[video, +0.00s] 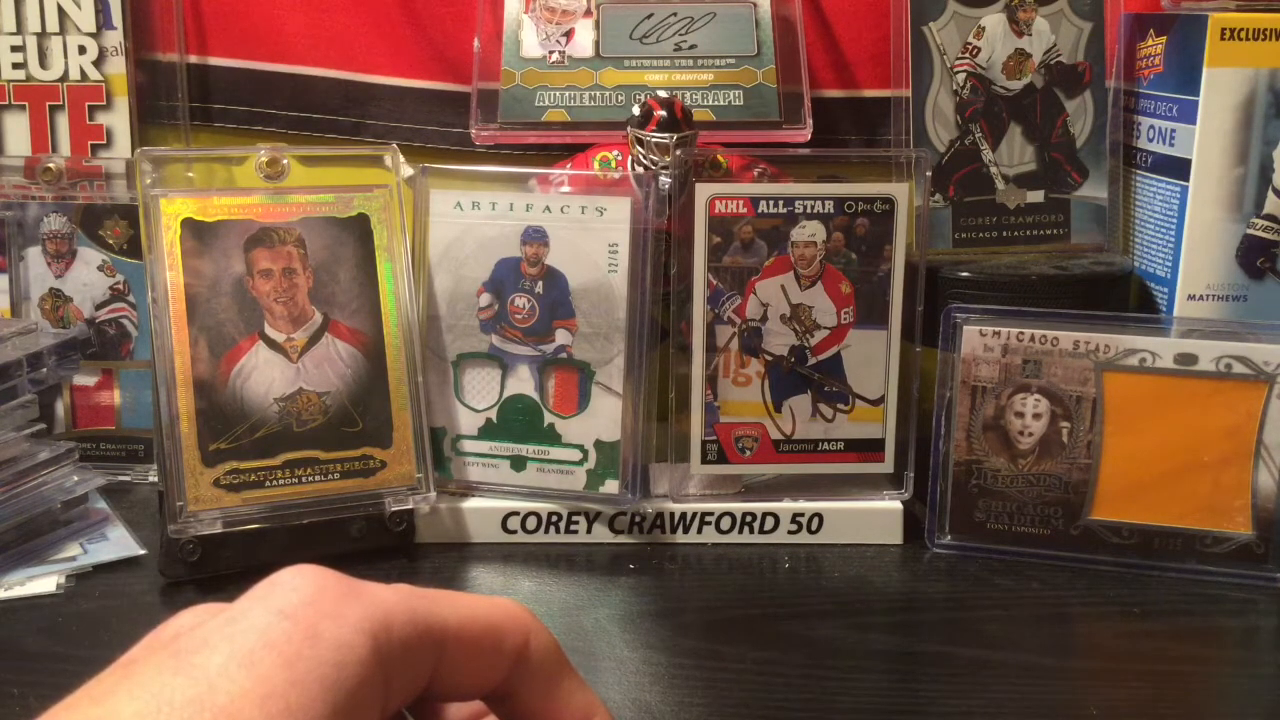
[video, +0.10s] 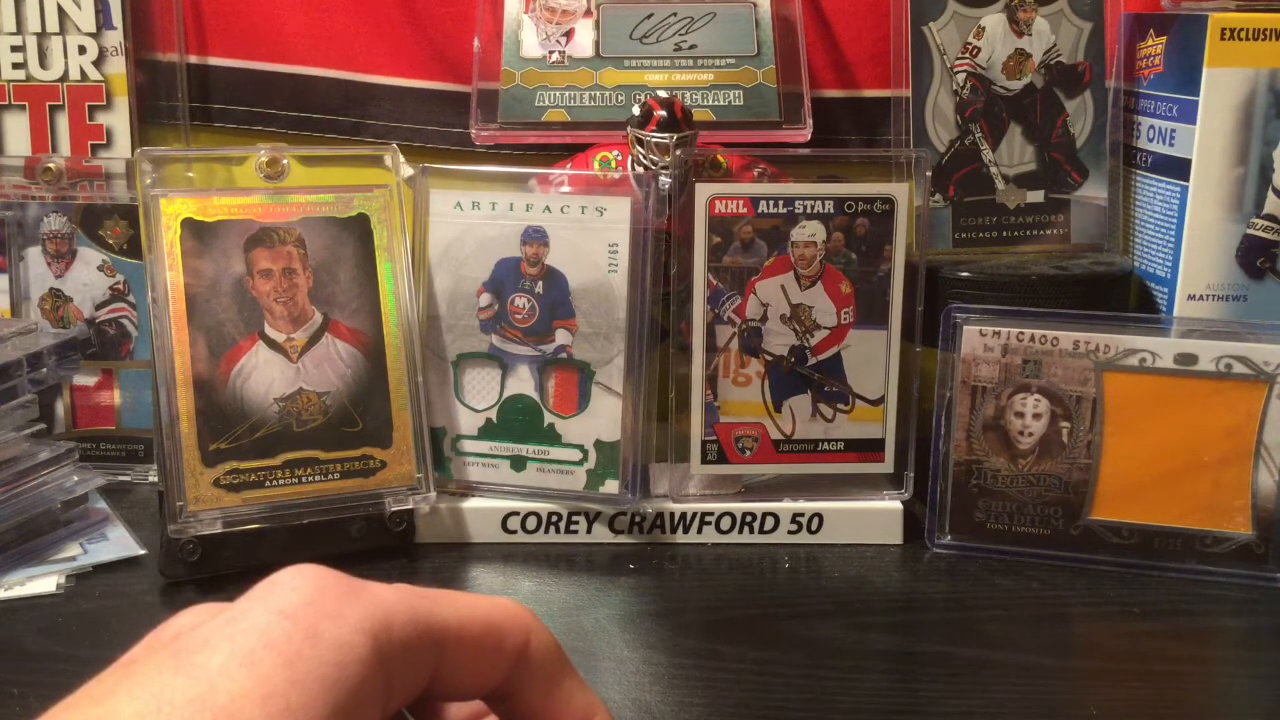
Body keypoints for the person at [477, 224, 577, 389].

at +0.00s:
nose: (534, 251)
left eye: (539, 247)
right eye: (530, 246)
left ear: (546, 250)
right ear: (522, 248)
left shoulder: (557, 280)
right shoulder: (504, 267)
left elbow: (565, 320)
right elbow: (487, 291)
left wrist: (561, 349)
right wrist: (486, 314)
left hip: (542, 353)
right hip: (503, 349)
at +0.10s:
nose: (534, 251)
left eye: (539, 247)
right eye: (530, 246)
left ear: (546, 250)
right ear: (522, 248)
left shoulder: (557, 280)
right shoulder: (504, 268)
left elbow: (565, 320)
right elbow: (487, 291)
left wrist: (562, 350)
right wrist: (486, 314)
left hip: (542, 352)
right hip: (503, 349)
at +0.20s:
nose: (535, 251)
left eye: (540, 247)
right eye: (530, 246)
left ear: (547, 250)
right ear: (522, 248)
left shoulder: (557, 280)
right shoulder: (504, 267)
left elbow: (565, 321)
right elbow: (487, 291)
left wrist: (562, 351)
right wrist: (487, 314)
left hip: (542, 353)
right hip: (503, 349)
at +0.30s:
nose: (535, 251)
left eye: (540, 247)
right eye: (530, 246)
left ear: (547, 250)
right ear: (522, 248)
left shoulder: (557, 280)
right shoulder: (504, 268)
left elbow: (565, 321)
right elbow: (487, 291)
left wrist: (562, 351)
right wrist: (487, 314)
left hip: (542, 353)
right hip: (503, 349)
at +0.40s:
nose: (534, 251)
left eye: (540, 247)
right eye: (530, 246)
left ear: (547, 250)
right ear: (522, 248)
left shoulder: (557, 280)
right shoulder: (504, 267)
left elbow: (564, 321)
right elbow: (487, 291)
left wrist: (562, 350)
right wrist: (486, 314)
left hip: (542, 353)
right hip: (503, 349)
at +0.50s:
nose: (535, 251)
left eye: (540, 246)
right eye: (530, 246)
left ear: (547, 250)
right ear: (522, 248)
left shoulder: (557, 280)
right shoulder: (505, 267)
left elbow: (565, 320)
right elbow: (487, 291)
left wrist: (562, 351)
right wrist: (487, 315)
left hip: (542, 352)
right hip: (503, 348)